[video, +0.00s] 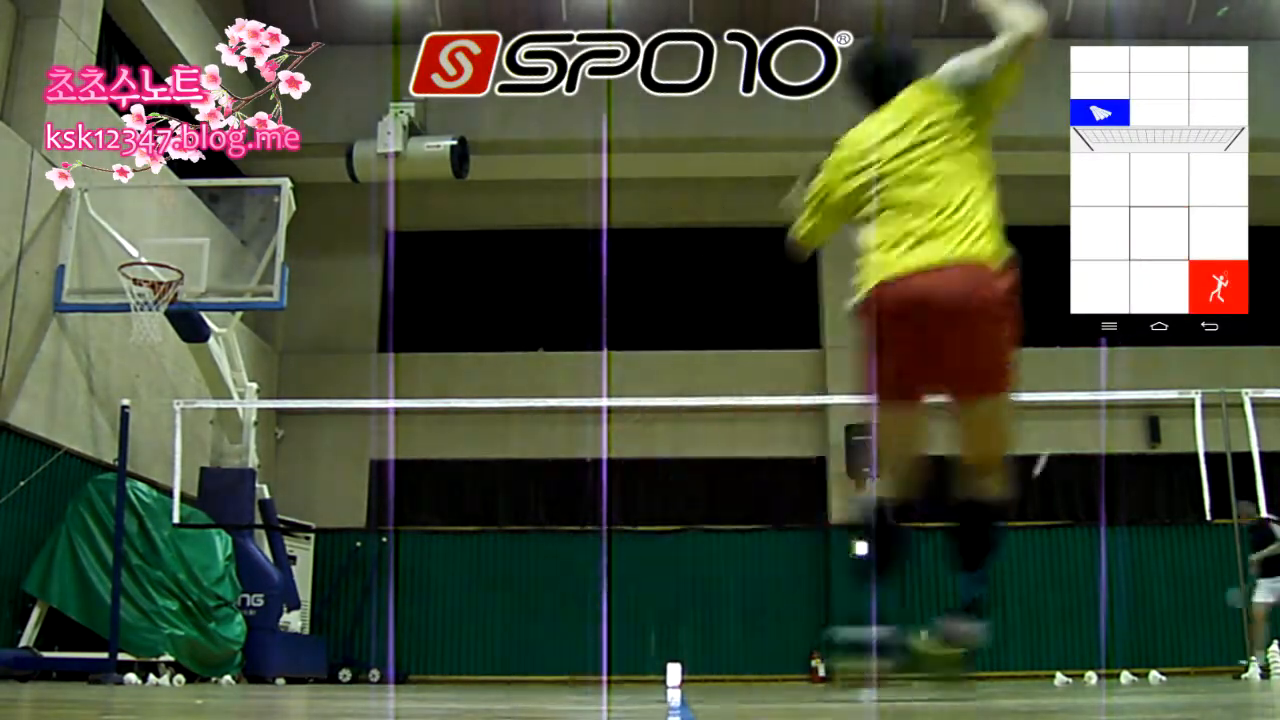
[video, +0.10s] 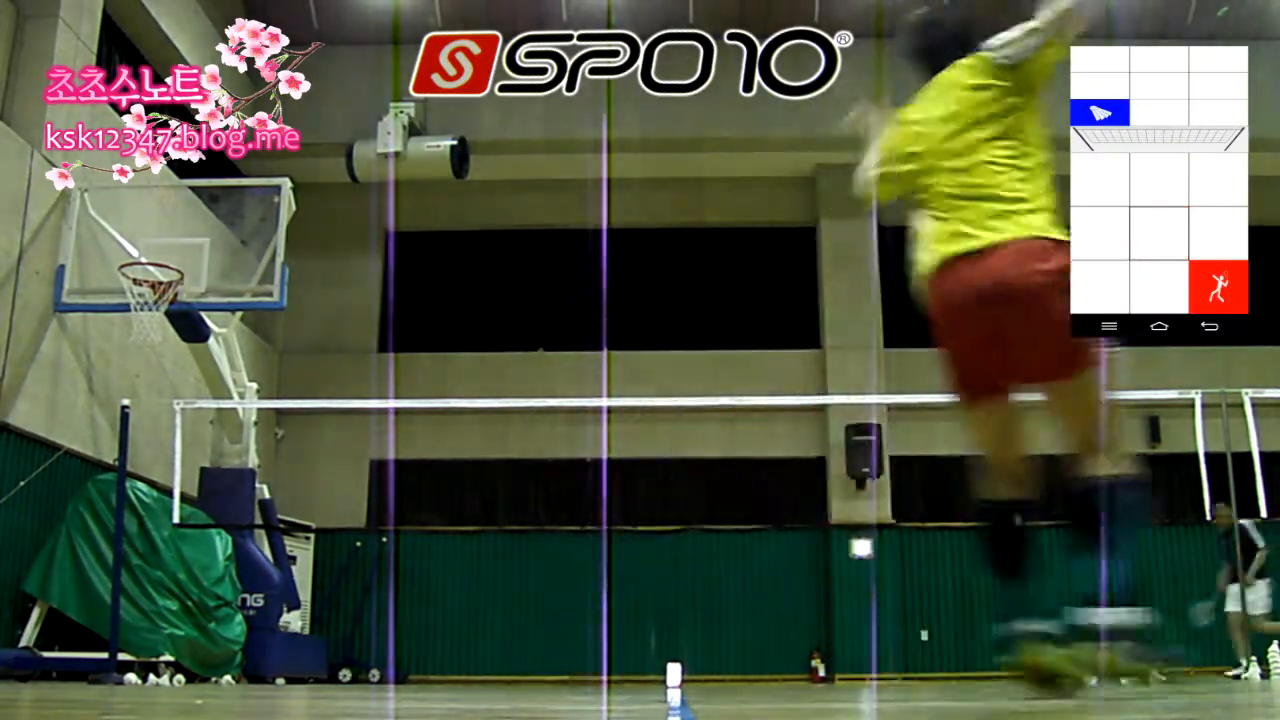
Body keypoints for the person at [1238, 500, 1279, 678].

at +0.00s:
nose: (1240, 518)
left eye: (1241, 514)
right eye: (1239, 515)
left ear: (1247, 512)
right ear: (1248, 512)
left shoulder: (1266, 524)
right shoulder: (1253, 530)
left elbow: (1277, 543)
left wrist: (1258, 556)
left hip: (1271, 577)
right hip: (1264, 578)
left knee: (1258, 614)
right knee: (1257, 615)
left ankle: (1258, 661)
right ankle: (1257, 661)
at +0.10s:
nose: (1219, 521)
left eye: (1222, 516)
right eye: (1217, 517)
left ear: (1230, 515)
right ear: (1216, 518)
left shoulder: (1245, 526)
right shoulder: (1223, 534)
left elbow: (1262, 550)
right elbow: (1229, 561)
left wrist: (1251, 573)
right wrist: (1223, 578)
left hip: (1256, 581)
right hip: (1235, 584)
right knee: (1235, 623)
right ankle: (1245, 663)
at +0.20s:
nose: (1195, 512)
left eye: (1198, 508)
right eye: (1193, 509)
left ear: (1204, 508)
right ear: (1190, 512)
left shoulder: (1219, 524)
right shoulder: (1196, 531)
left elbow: (1245, 541)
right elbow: (1195, 558)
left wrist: (1249, 566)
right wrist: (1188, 573)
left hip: (1226, 577)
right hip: (1211, 579)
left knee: (1208, 611)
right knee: (1224, 621)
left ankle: (1240, 640)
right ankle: (1242, 658)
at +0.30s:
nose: (1173, 506)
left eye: (1176, 501)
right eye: (1171, 502)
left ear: (1184, 502)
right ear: (1171, 505)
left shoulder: (1197, 518)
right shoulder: (1172, 524)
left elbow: (1225, 528)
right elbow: (1168, 548)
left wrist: (1230, 554)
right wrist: (1157, 562)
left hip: (1196, 574)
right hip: (1183, 575)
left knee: (1179, 612)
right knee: (1199, 618)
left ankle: (1184, 658)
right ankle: (1226, 653)